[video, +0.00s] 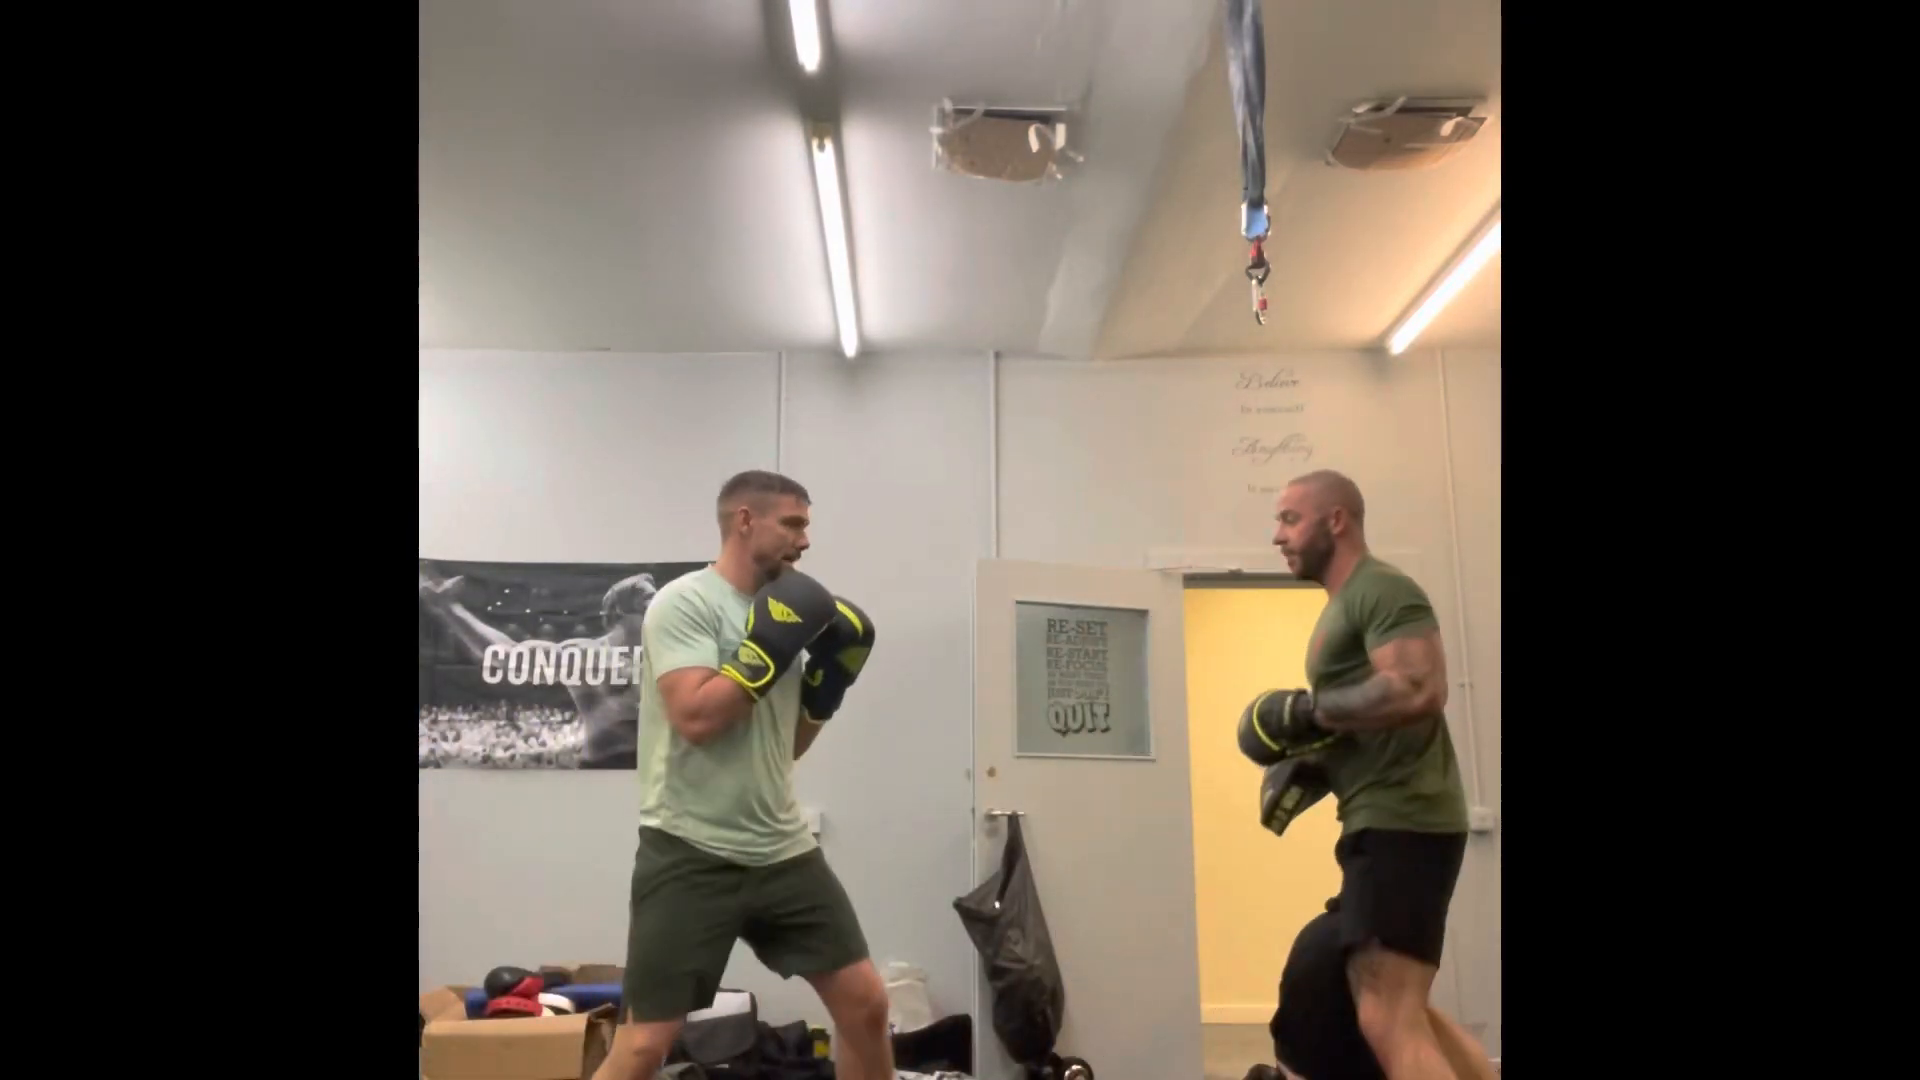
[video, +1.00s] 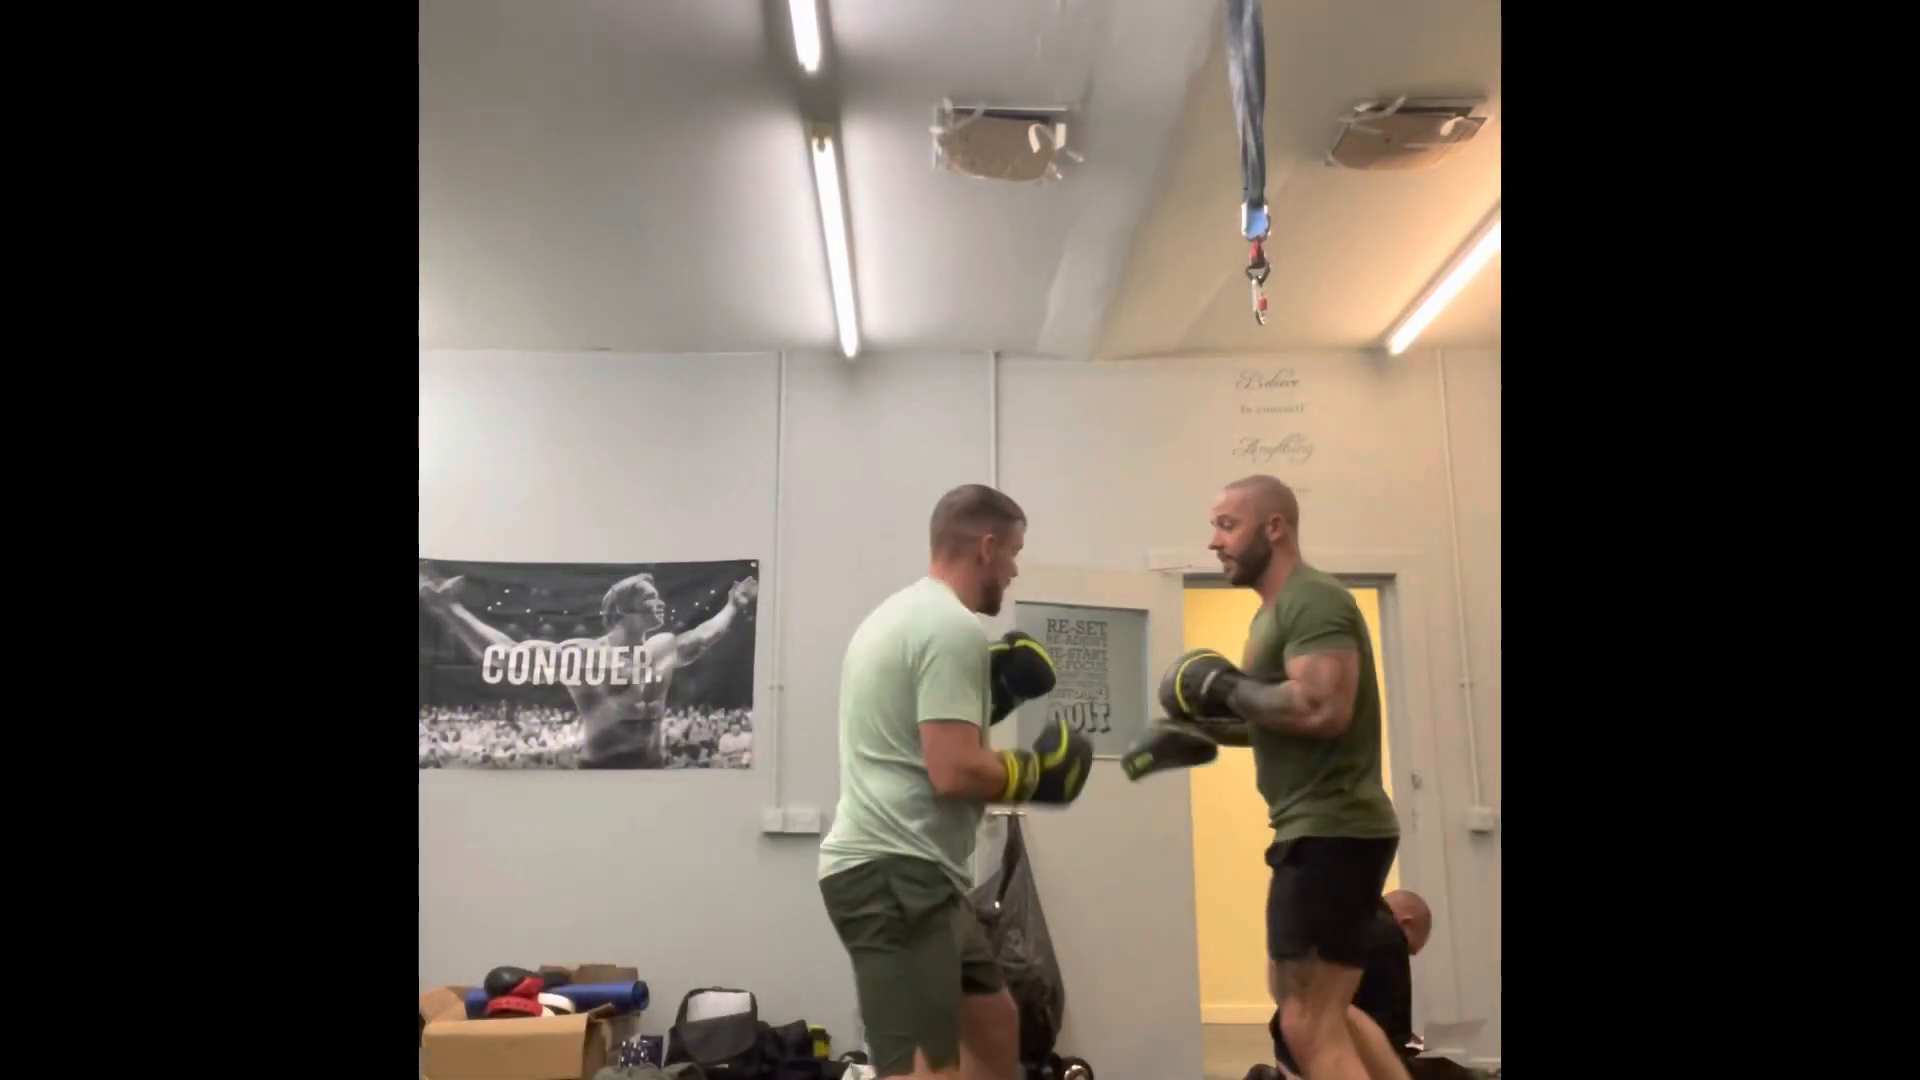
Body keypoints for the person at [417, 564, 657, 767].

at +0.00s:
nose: (656, 609)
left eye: (655, 602)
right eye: (647, 603)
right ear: (620, 612)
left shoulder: (665, 651)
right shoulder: (581, 655)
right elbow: (508, 653)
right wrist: (448, 607)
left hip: (657, 763)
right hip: (607, 764)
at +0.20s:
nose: (661, 607)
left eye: (659, 600)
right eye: (651, 601)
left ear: (650, 609)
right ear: (625, 611)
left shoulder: (666, 648)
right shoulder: (581, 654)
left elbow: (712, 632)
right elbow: (505, 652)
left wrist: (735, 602)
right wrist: (449, 608)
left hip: (651, 776)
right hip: (598, 777)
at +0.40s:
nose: (661, 606)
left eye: (659, 599)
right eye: (650, 600)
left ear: (652, 611)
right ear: (622, 611)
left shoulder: (665, 649)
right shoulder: (581, 655)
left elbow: (709, 633)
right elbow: (509, 653)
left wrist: (736, 605)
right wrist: (450, 608)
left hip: (651, 775)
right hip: (599, 776)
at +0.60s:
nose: (663, 609)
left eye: (661, 601)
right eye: (652, 602)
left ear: (650, 611)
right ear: (625, 612)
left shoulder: (665, 648)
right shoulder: (579, 655)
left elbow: (710, 633)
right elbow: (506, 652)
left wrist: (737, 604)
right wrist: (449, 608)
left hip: (651, 773)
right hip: (599, 775)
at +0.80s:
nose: (663, 609)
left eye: (661, 601)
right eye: (653, 602)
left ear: (650, 610)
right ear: (625, 612)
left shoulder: (665, 648)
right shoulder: (579, 655)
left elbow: (709, 634)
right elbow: (506, 652)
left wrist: (736, 604)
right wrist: (449, 608)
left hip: (651, 773)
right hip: (599, 774)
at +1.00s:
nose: (663, 608)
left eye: (661, 601)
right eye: (653, 602)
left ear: (649, 611)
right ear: (625, 612)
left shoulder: (665, 648)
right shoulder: (580, 655)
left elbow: (709, 634)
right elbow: (506, 652)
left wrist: (736, 604)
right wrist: (449, 608)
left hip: (652, 772)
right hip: (600, 774)